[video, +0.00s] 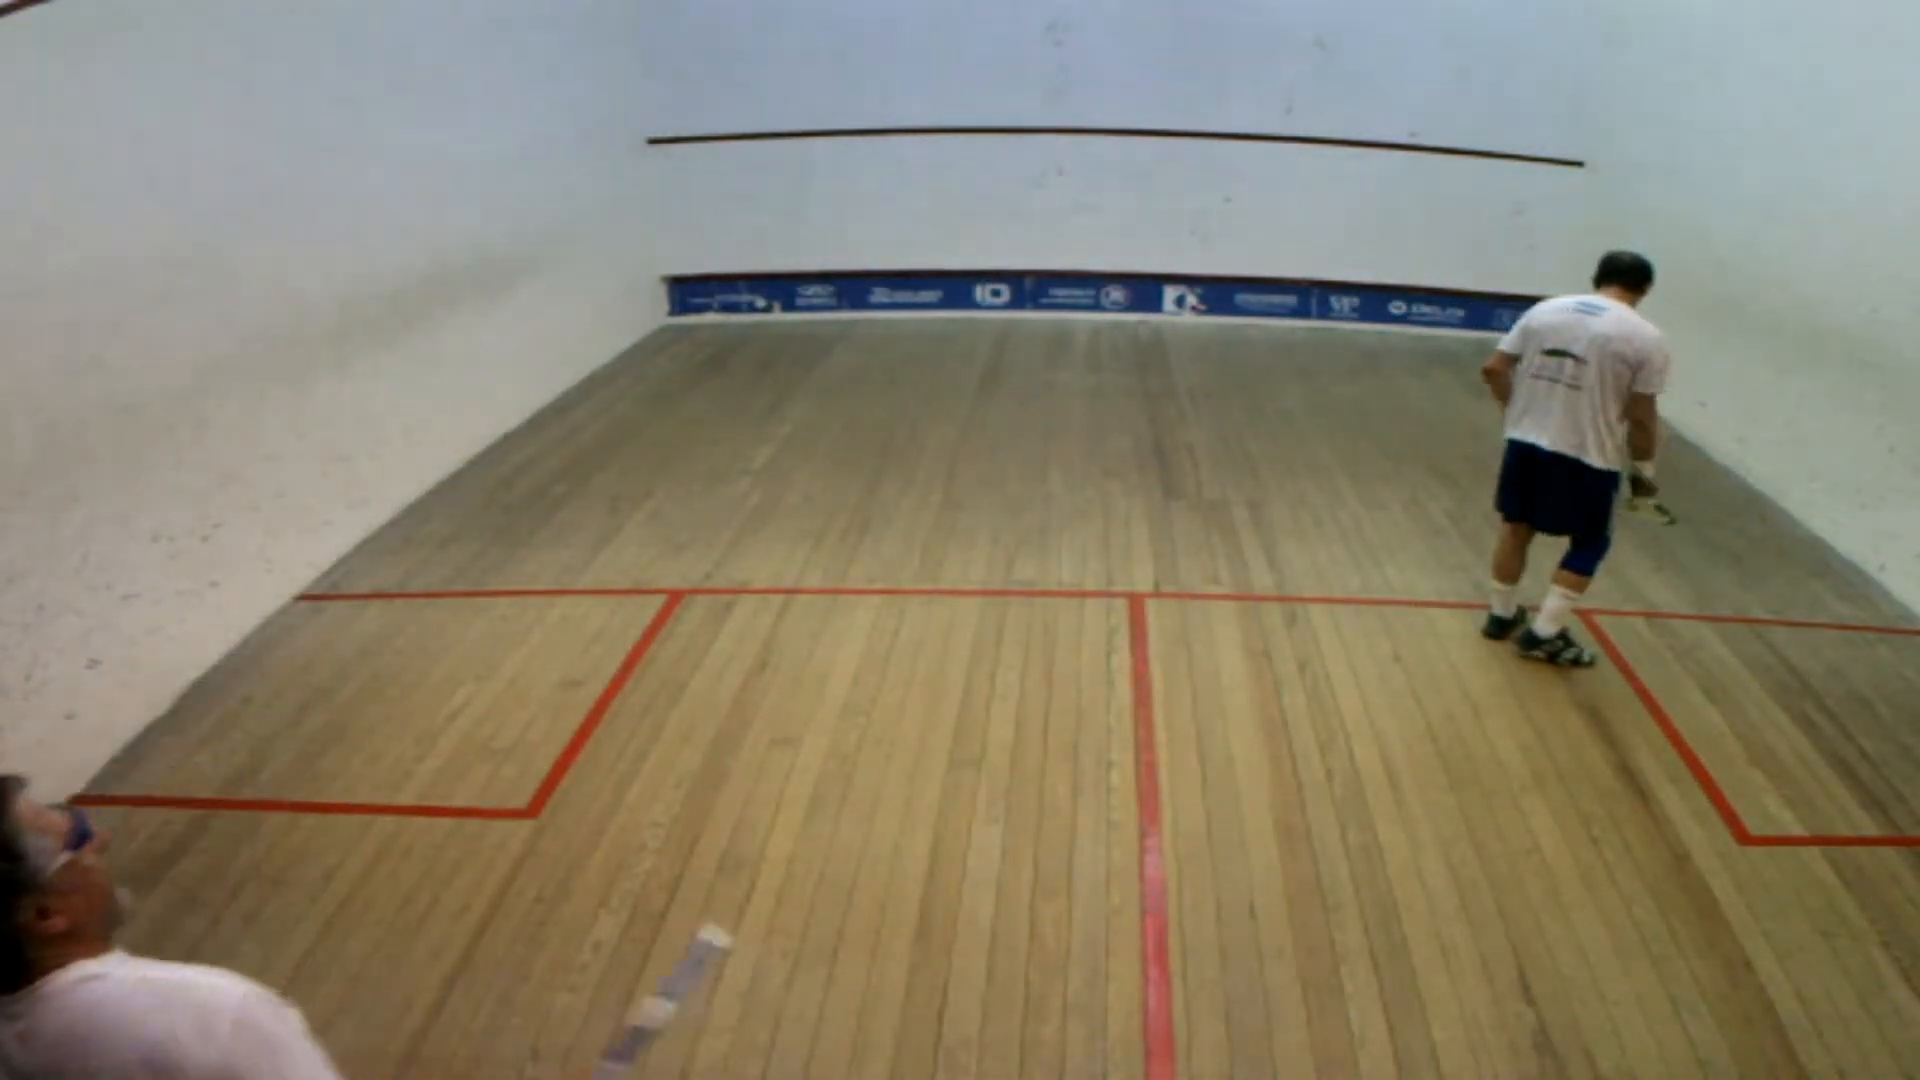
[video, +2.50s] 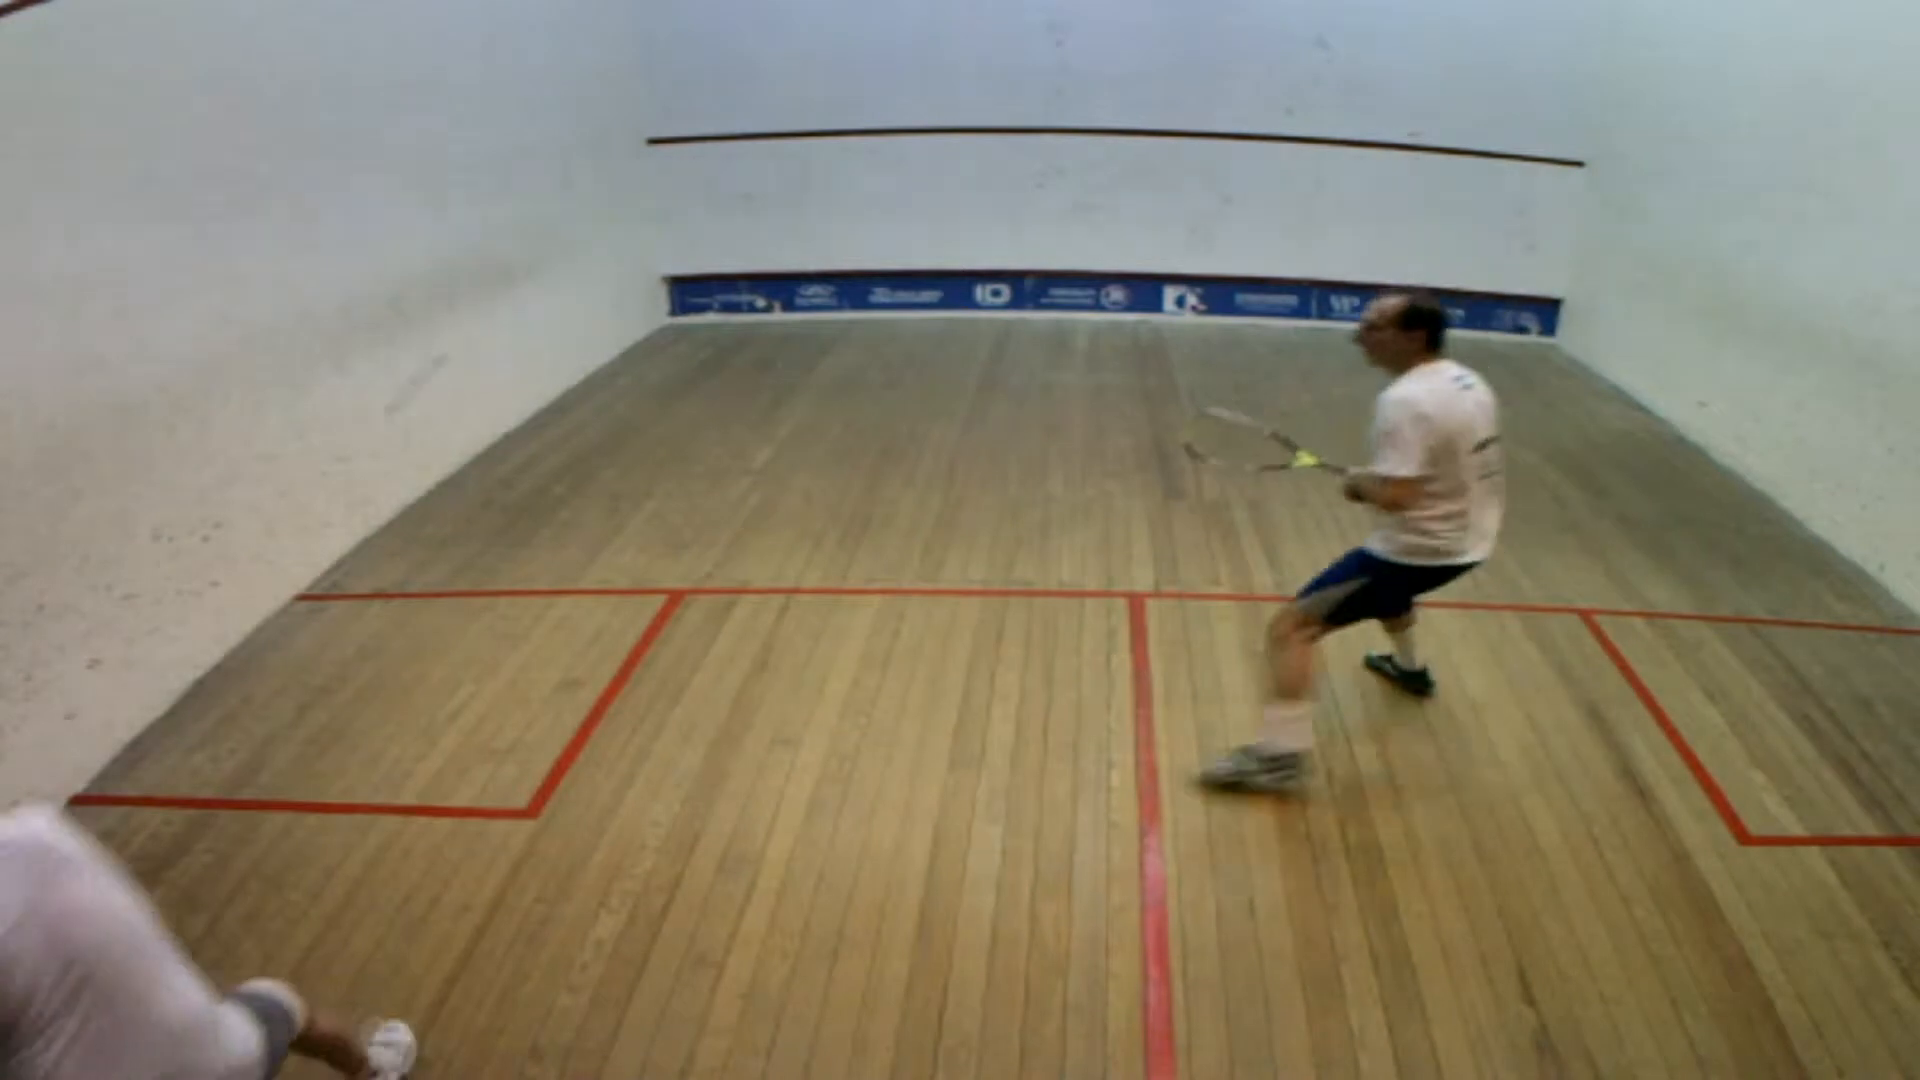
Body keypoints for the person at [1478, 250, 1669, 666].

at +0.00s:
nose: (1640, 299)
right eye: (1644, 294)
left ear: (1597, 280)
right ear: (1640, 290)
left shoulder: (1547, 310)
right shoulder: (1644, 337)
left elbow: (1495, 368)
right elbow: (1641, 416)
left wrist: (1520, 413)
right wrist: (1643, 470)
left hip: (1526, 445)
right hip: (1589, 460)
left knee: (1516, 528)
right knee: (1590, 542)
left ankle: (1500, 613)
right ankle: (1545, 630)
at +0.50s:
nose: (1676, 297)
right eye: (1676, 291)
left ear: (1625, 282)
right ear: (1670, 294)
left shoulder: (1579, 319)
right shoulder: (1659, 338)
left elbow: (1559, 381)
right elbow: (1658, 410)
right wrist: (1717, 425)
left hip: (1552, 453)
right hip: (1618, 467)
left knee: (1527, 532)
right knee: (1629, 552)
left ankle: (1500, 615)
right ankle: (1639, 634)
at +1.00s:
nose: (1759, 311)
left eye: (1758, 303)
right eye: (1760, 304)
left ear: (1712, 292)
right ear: (1751, 309)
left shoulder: (1672, 324)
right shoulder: (1725, 356)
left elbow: (1672, 391)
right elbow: (1739, 428)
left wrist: (1739, 398)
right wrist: (1807, 408)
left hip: (1614, 450)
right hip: (1672, 477)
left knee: (1572, 526)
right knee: (1663, 558)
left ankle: (1512, 603)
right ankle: (1640, 636)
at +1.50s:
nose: (1785, 321)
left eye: (1785, 313)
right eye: (1785, 315)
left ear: (1733, 300)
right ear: (1775, 316)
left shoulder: (1682, 329)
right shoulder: (1772, 371)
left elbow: (1612, 348)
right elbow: (1841, 407)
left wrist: (1610, 353)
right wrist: (1897, 417)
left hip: (1625, 454)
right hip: (1690, 484)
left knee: (1579, 521)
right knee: (1676, 560)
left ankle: (1520, 586)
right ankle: (1639, 636)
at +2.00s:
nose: (1607, 320)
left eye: (1612, 313)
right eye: (1610, 312)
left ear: (1627, 321)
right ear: (1658, 320)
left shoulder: (1639, 374)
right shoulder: (1675, 353)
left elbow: (1649, 457)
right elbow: (1590, 382)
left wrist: (1575, 445)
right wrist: (1520, 390)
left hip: (1632, 507)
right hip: (1680, 500)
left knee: (1573, 581)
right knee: (1656, 575)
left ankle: (1633, 673)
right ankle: (1646, 654)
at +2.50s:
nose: (1361, 335)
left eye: (1374, 328)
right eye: (1365, 324)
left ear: (1414, 338)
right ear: (1422, 339)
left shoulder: (1405, 400)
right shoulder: (1469, 383)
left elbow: (1402, 492)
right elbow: (1452, 468)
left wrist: (1359, 485)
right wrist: (1379, 478)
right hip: (1466, 542)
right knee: (1385, 585)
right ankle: (1409, 665)